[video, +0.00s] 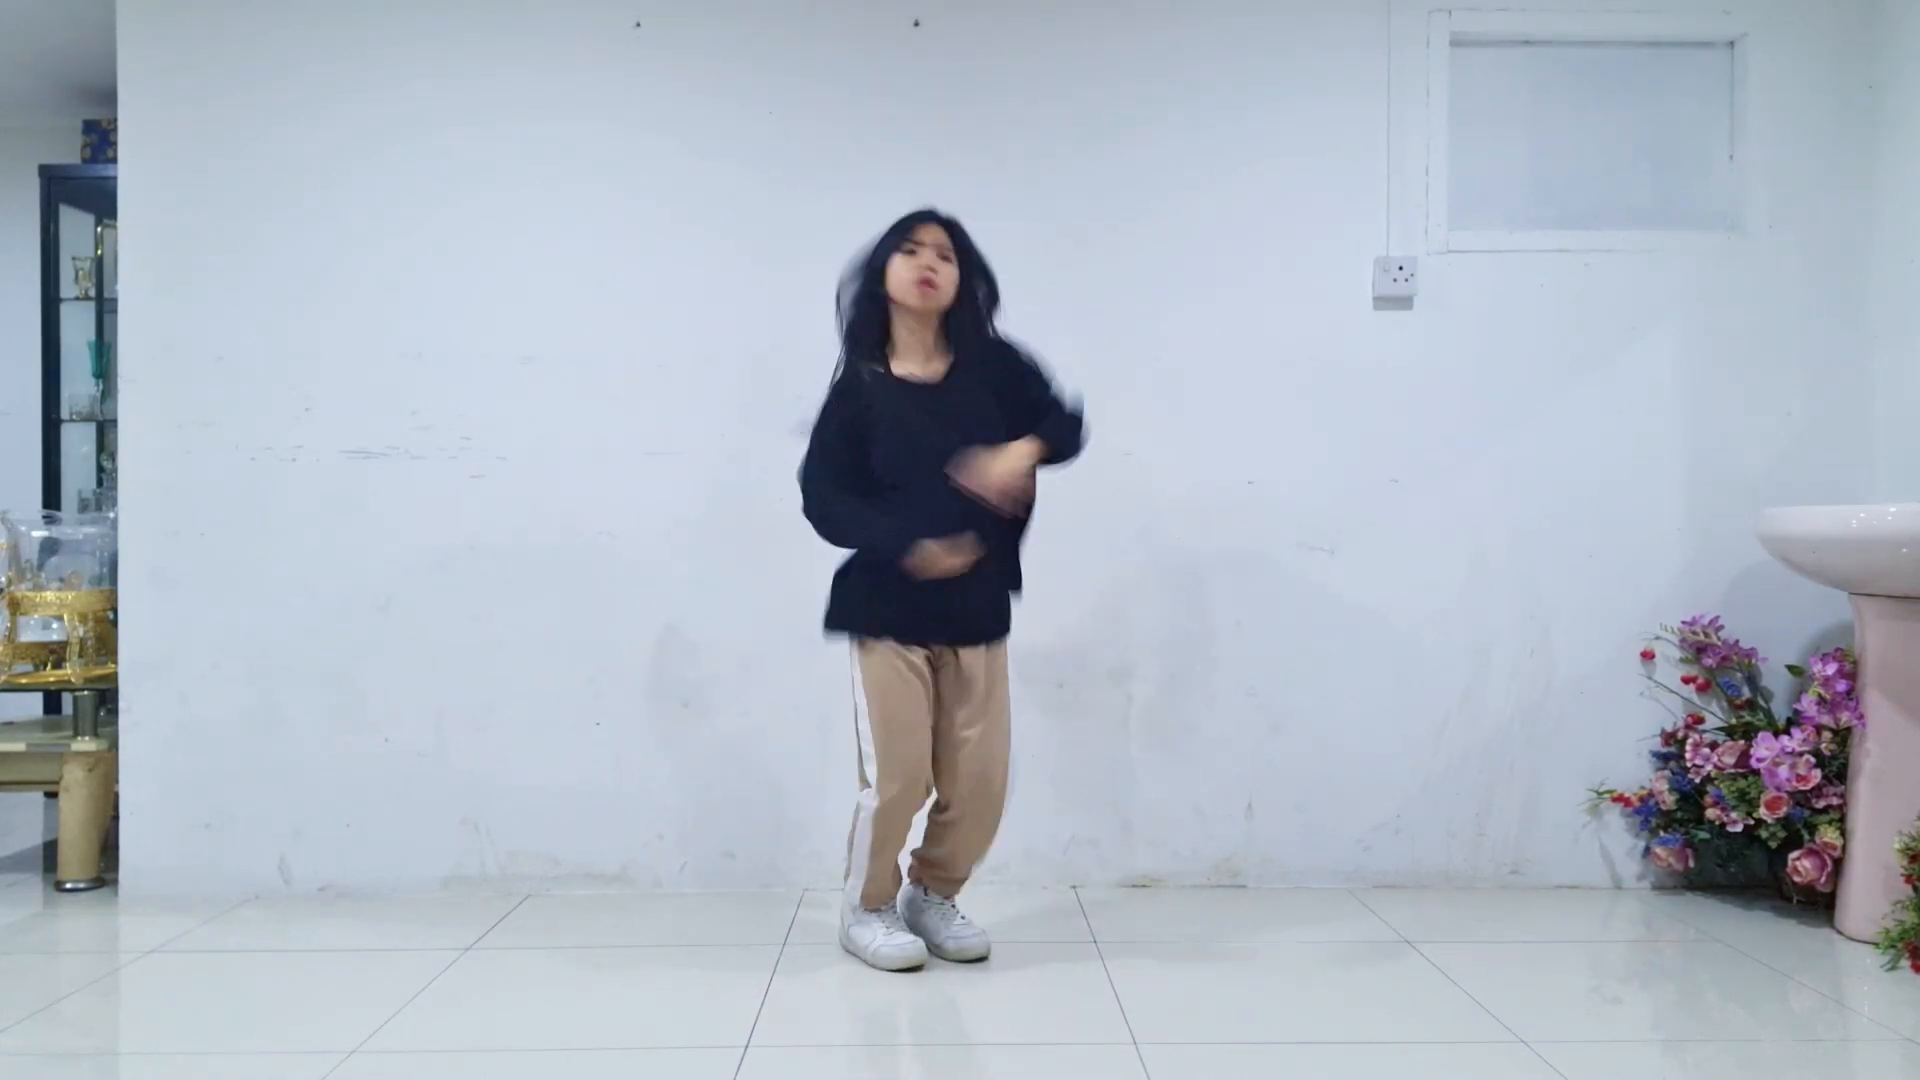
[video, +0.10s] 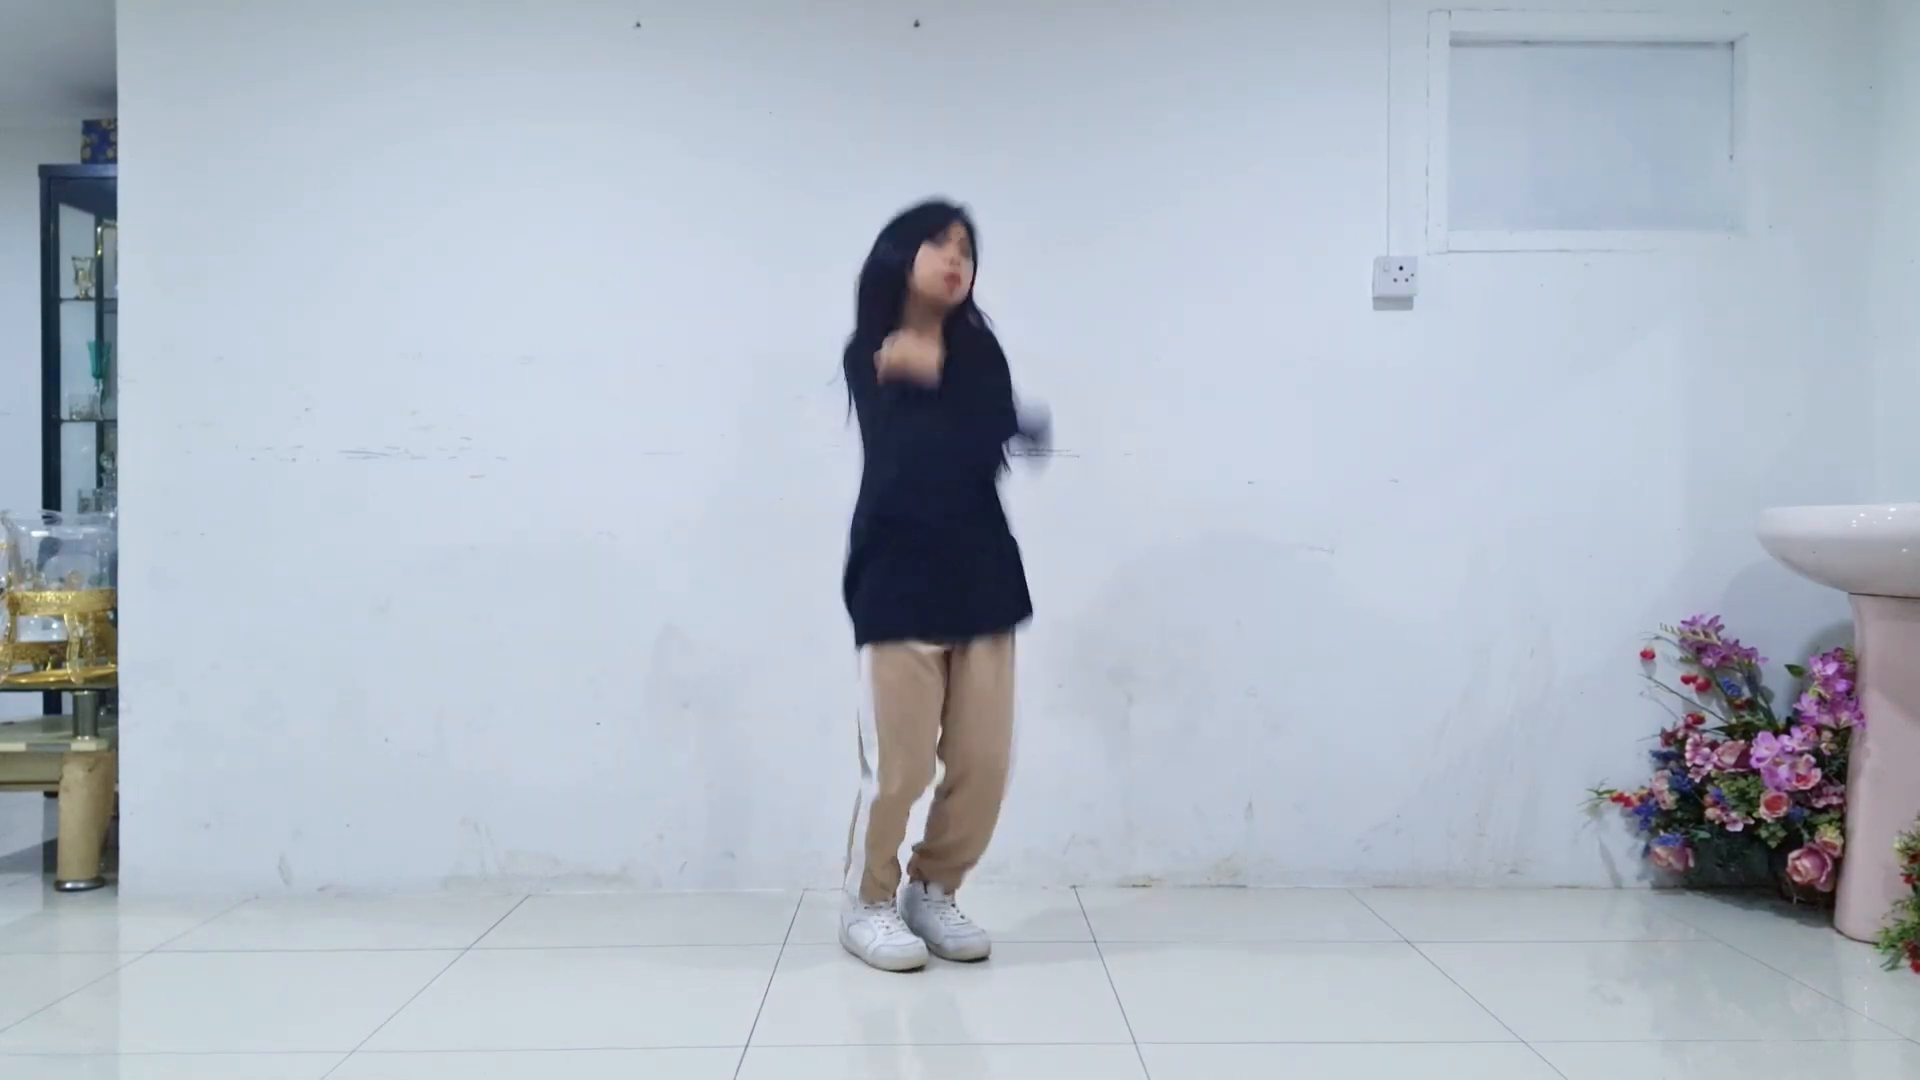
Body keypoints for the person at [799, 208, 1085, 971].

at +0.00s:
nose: (927, 264)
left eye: (943, 256)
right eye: (911, 251)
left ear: (962, 281)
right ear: (881, 272)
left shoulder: (997, 366)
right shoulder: (860, 387)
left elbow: (1066, 427)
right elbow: (823, 497)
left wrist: (1022, 453)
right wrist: (906, 545)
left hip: (976, 614)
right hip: (888, 612)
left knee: (978, 781)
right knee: (904, 774)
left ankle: (932, 897)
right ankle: (870, 912)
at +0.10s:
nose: (954, 261)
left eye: (964, 253)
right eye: (937, 245)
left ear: (971, 273)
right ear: (898, 256)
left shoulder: (980, 346)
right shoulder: (871, 352)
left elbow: (1001, 428)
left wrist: (938, 378)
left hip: (983, 571)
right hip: (898, 574)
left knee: (983, 761)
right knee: (906, 763)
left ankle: (933, 892)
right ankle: (871, 906)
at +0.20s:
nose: (960, 227)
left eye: (970, 217)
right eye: (943, 208)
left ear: (975, 235)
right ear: (901, 216)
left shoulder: (975, 336)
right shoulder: (870, 316)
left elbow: (1056, 330)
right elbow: (905, 368)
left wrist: (1004, 307)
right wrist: (982, 326)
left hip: (990, 546)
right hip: (914, 546)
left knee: (970, 724)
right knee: (901, 725)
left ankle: (938, 885)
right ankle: (872, 896)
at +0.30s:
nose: (962, 213)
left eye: (971, 206)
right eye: (947, 196)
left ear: (976, 226)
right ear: (902, 201)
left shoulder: (967, 296)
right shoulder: (857, 284)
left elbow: (1027, 293)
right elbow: (854, 285)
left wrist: (1002, 297)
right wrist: (934, 283)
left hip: (1000, 528)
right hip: (925, 525)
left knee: (962, 717)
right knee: (901, 712)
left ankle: (934, 881)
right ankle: (872, 893)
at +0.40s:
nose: (967, 241)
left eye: (977, 234)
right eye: (952, 223)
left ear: (982, 254)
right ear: (912, 230)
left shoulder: (966, 328)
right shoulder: (882, 310)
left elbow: (1037, 394)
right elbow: (859, 422)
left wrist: (1030, 364)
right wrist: (929, 494)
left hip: (998, 532)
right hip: (931, 531)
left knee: (981, 726)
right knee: (939, 729)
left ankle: (933, 884)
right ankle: (877, 886)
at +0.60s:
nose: (984, 248)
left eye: (991, 236)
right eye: (966, 236)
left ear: (1003, 253)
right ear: (932, 252)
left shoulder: (989, 355)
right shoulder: (913, 349)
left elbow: (970, 464)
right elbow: (870, 454)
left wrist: (977, 562)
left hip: (961, 561)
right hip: (914, 565)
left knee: (957, 738)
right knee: (1061, 656)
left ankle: (918, 901)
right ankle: (957, 772)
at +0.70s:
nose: (982, 217)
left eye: (988, 205)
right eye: (963, 205)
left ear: (1001, 219)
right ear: (928, 219)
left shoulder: (1002, 321)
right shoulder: (909, 315)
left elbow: (1006, 427)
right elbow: (841, 420)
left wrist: (988, 519)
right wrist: (871, 526)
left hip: (971, 541)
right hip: (918, 538)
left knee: (953, 720)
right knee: (1052, 644)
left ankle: (916, 895)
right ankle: (906, 697)